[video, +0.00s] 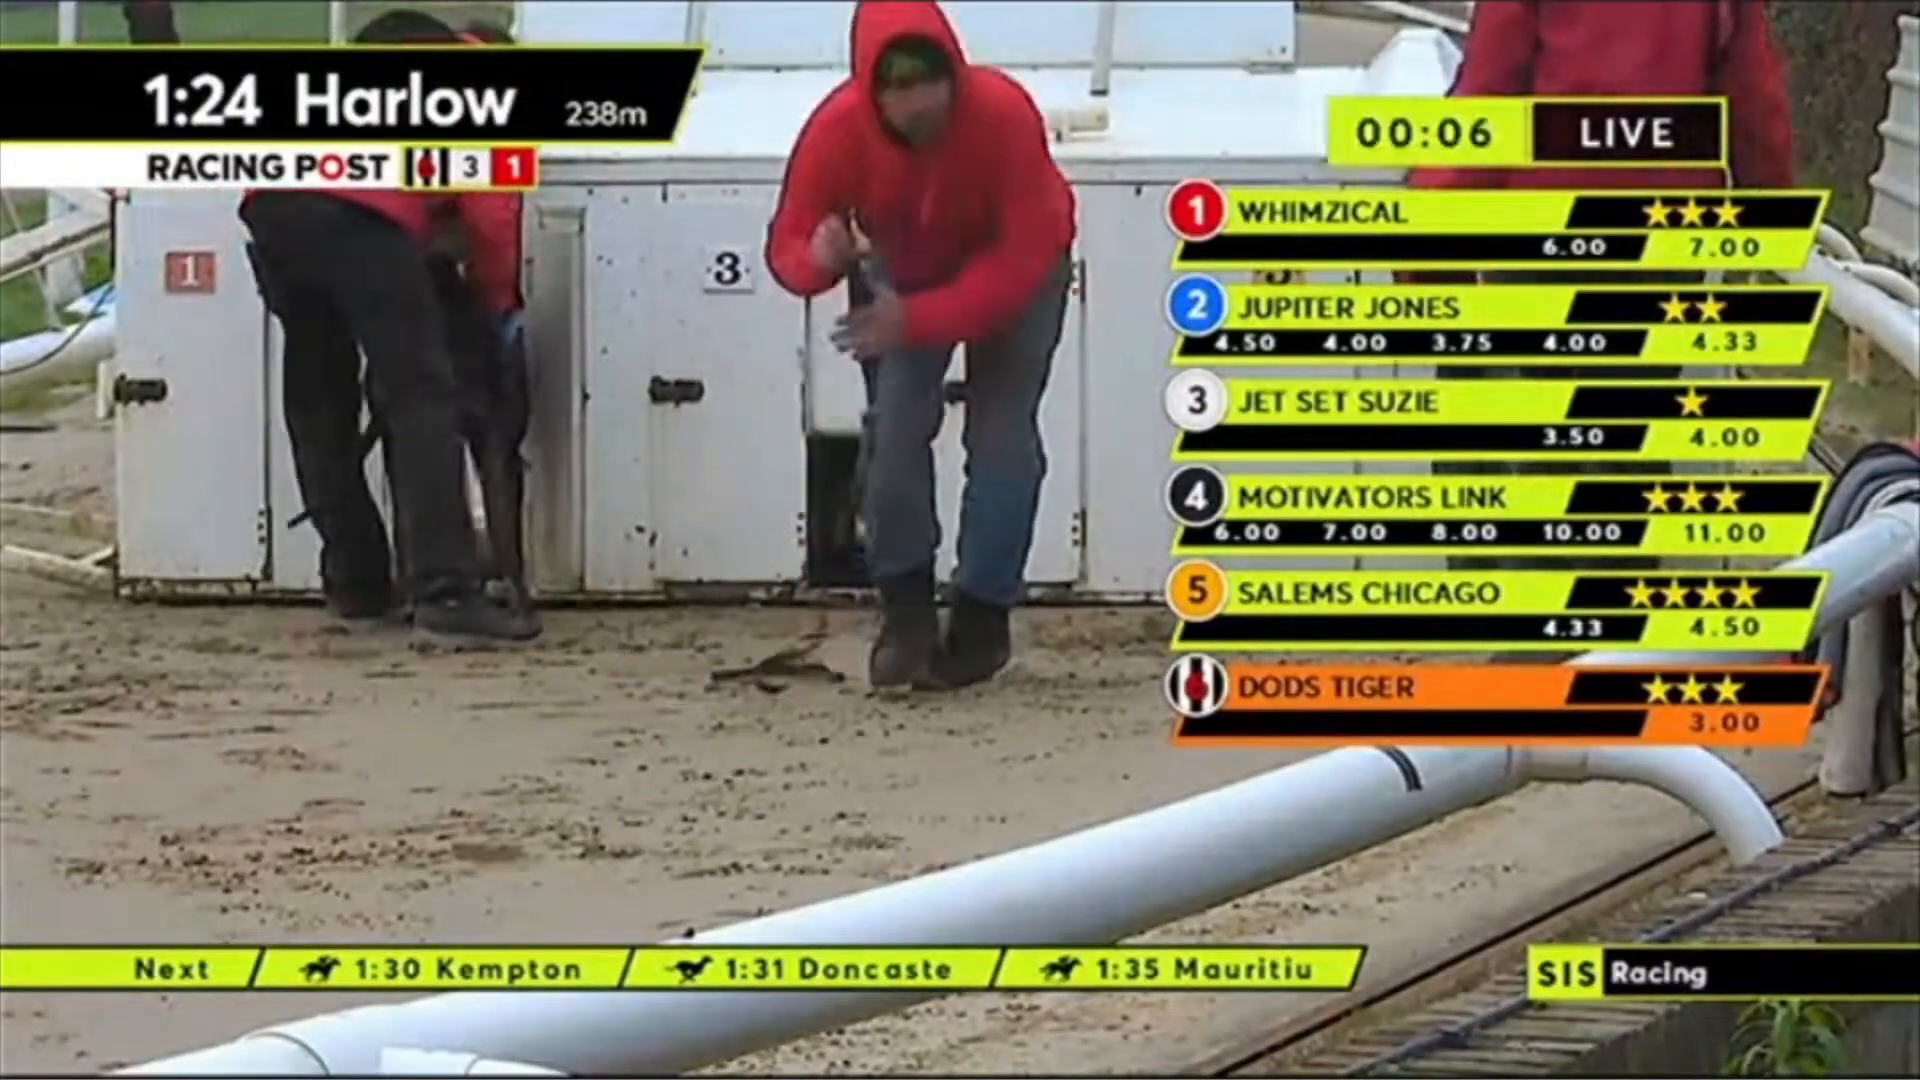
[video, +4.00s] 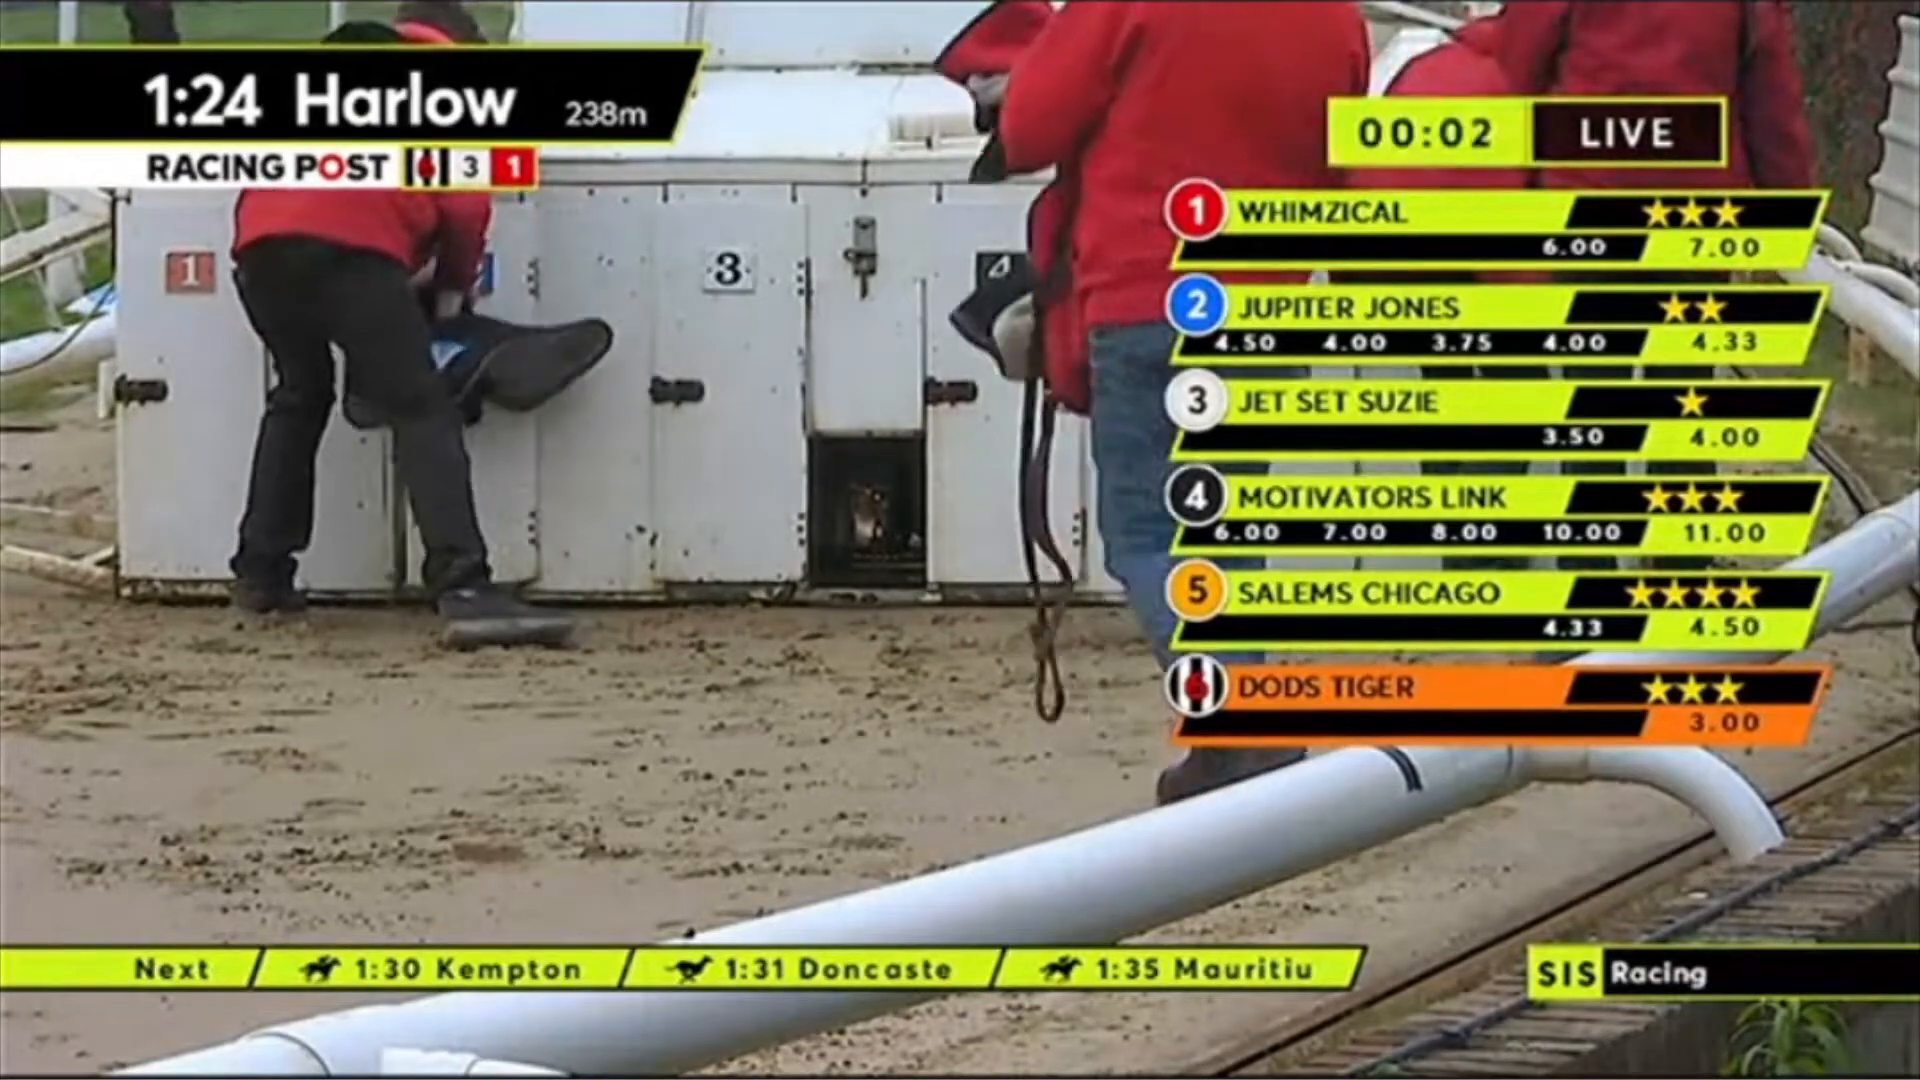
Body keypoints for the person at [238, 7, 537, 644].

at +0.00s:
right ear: (490, 51)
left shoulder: (359, 68)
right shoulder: (494, 82)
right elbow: (489, 208)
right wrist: (500, 306)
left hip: (274, 206)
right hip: (367, 216)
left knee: (317, 391)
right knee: (418, 394)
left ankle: (355, 579)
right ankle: (446, 590)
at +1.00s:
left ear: (392, 78)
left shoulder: (356, 126)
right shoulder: (502, 118)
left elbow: (316, 235)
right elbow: (560, 187)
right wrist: (505, 246)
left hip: (345, 264)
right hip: (454, 260)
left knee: (365, 395)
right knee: (505, 419)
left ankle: (343, 584)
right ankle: (515, 590)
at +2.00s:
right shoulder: (513, 137)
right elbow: (521, 263)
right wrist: (474, 316)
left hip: (308, 258)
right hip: (409, 270)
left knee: (310, 395)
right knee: (487, 429)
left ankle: (266, 573)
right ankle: (483, 591)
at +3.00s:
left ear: (376, 72)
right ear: (463, 86)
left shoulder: (336, 115)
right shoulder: (475, 129)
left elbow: (275, 215)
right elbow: (482, 253)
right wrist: (447, 333)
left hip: (290, 259)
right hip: (388, 264)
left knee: (312, 397)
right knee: (462, 422)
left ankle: (263, 574)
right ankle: (484, 590)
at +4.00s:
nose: (473, 63)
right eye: (470, 50)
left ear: (402, 26)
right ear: (458, 43)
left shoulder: (331, 69)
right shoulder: (456, 90)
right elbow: (467, 209)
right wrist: (454, 292)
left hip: (262, 245)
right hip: (360, 252)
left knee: (299, 390)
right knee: (422, 409)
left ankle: (260, 575)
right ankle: (463, 586)